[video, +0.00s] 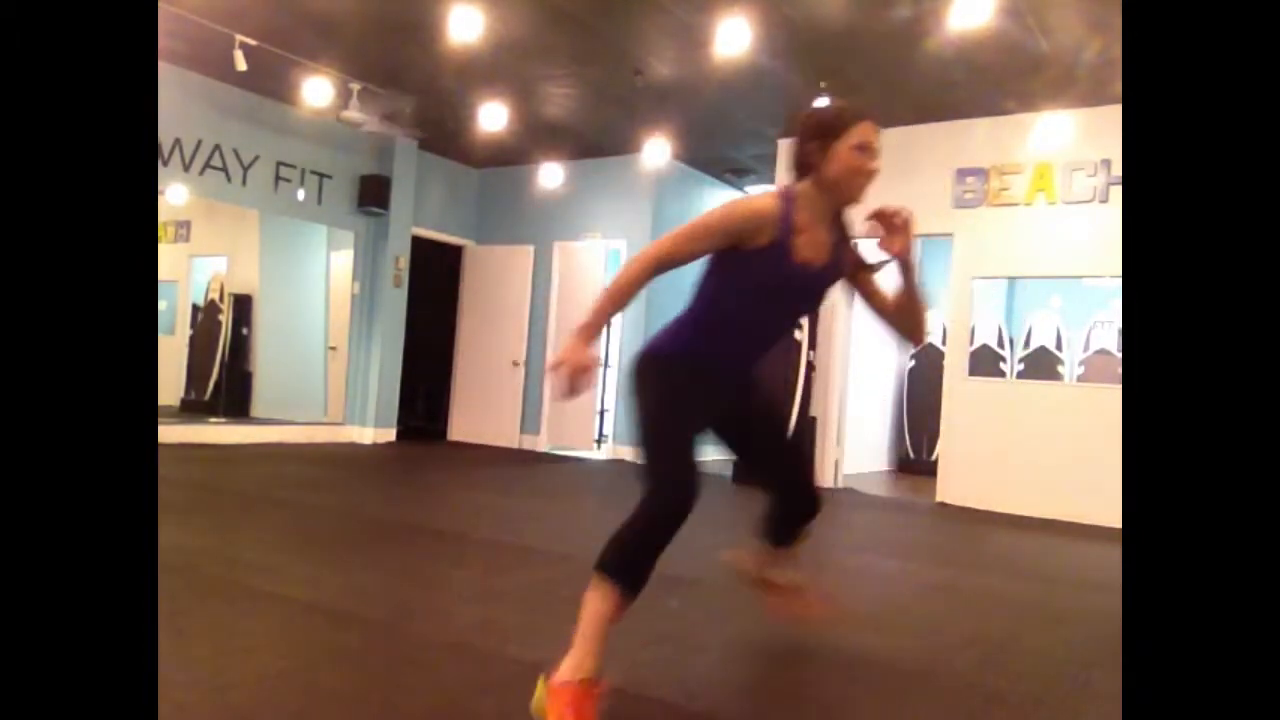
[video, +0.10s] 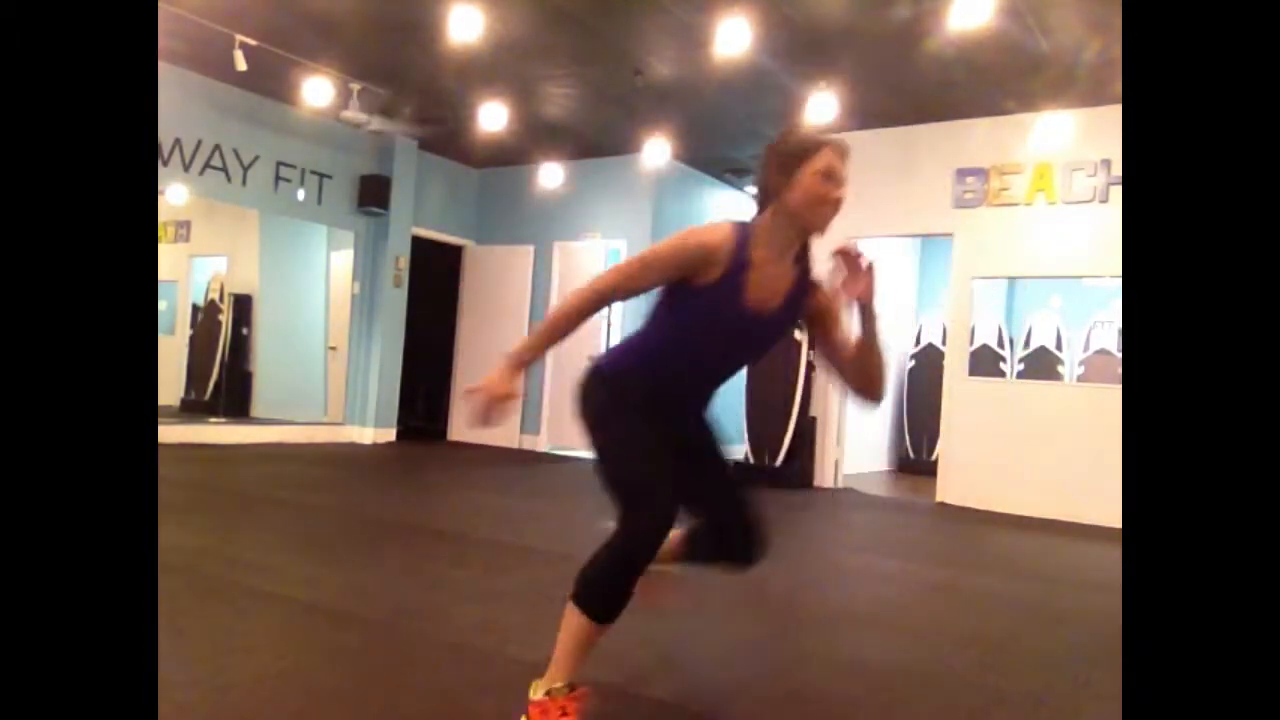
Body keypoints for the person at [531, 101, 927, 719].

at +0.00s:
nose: (872, 165)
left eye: (875, 153)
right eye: (861, 150)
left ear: (855, 163)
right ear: (819, 154)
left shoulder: (836, 244)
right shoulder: (763, 213)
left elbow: (912, 328)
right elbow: (652, 259)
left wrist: (904, 260)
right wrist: (586, 333)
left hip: (734, 383)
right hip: (674, 369)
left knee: (797, 494)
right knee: (672, 492)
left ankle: (767, 565)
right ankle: (575, 670)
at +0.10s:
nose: (838, 193)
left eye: (843, 182)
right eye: (825, 178)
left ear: (842, 194)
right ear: (782, 182)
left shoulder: (807, 291)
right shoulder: (716, 246)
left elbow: (870, 387)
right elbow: (601, 291)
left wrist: (864, 311)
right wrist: (515, 364)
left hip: (681, 412)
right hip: (620, 392)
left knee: (735, 540)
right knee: (645, 521)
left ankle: (634, 555)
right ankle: (553, 687)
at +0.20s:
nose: (815, 224)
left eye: (819, 212)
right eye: (803, 207)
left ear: (815, 226)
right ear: (755, 209)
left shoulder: (787, 320)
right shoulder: (682, 272)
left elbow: (841, 436)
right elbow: (563, 309)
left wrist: (827, 353)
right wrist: (467, 365)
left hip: (647, 427)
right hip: (587, 399)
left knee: (657, 580)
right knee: (630, 529)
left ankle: (536, 555)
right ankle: (549, 688)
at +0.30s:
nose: (801, 247)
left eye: (804, 236)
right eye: (788, 230)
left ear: (797, 250)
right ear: (738, 231)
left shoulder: (774, 332)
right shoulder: (657, 291)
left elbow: (821, 468)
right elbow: (541, 319)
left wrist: (798, 377)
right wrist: (452, 354)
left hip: (625, 439)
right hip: (565, 407)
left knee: (592, 592)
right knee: (623, 522)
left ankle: (466, 566)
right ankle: (545, 691)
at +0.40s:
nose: (787, 259)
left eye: (793, 247)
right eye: (775, 241)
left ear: (792, 262)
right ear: (726, 242)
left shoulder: (767, 342)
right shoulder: (647, 302)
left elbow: (813, 486)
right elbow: (538, 322)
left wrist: (789, 388)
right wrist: (449, 350)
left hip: (611, 446)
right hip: (554, 410)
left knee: (552, 599)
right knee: (619, 524)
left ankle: (425, 571)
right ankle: (543, 691)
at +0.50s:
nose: (786, 256)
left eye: (792, 244)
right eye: (773, 237)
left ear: (789, 256)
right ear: (723, 239)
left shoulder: (765, 342)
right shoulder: (644, 302)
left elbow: (817, 484)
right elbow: (531, 331)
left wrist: (789, 386)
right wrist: (441, 361)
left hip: (612, 447)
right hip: (557, 411)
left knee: (549, 601)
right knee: (619, 525)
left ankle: (411, 580)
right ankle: (543, 689)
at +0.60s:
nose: (790, 234)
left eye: (797, 222)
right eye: (777, 216)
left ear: (795, 237)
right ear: (730, 221)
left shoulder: (774, 319)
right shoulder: (655, 291)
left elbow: (824, 458)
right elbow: (540, 357)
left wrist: (800, 366)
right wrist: (443, 410)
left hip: (629, 436)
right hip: (570, 406)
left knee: (583, 592)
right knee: (628, 525)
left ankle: (430, 591)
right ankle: (547, 690)